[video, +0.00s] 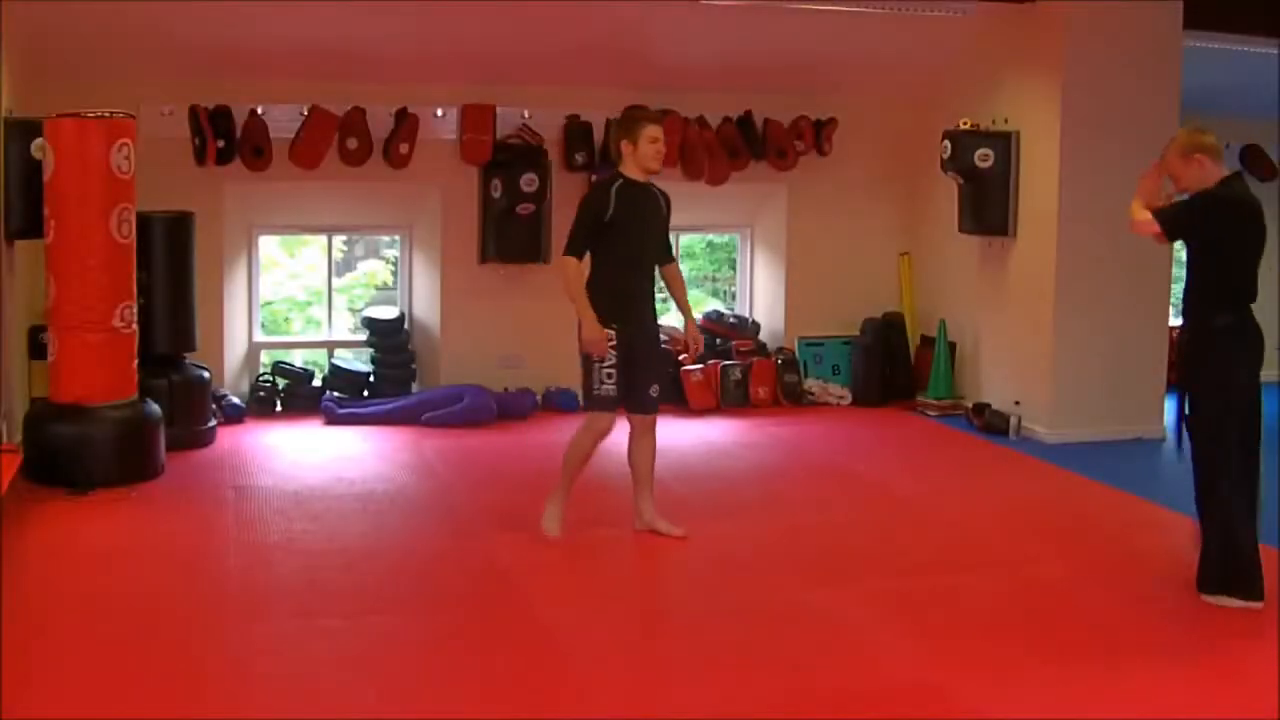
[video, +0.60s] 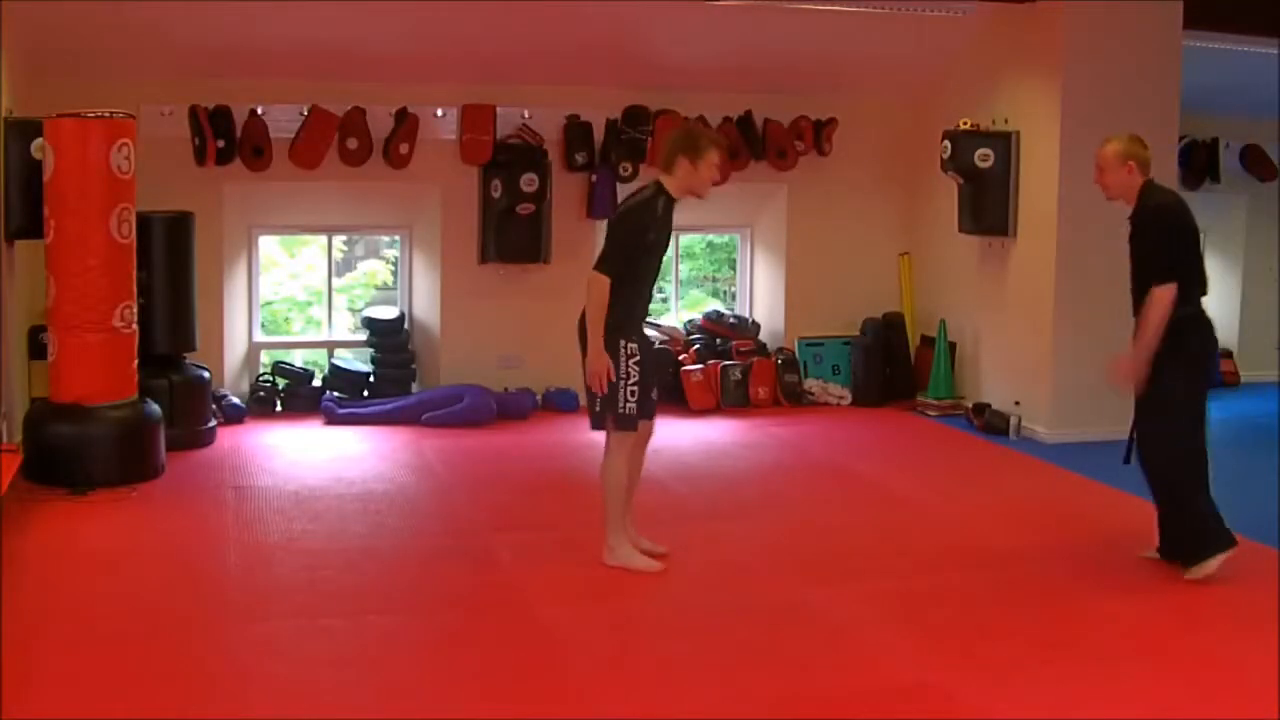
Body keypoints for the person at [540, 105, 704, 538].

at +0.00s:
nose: (662, 149)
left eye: (663, 142)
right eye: (653, 142)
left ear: (657, 147)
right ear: (625, 146)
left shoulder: (658, 199)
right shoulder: (602, 195)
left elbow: (666, 262)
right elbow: (569, 262)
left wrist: (688, 317)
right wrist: (587, 321)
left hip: (643, 322)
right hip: (604, 323)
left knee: (644, 420)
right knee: (600, 420)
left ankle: (645, 512)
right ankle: (558, 500)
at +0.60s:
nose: (715, 180)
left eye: (717, 172)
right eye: (712, 170)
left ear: (684, 165)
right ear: (684, 162)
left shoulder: (661, 206)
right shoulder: (644, 207)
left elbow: (631, 280)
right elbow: (600, 277)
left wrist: (640, 333)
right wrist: (596, 347)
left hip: (632, 332)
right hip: (616, 336)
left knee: (641, 428)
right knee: (622, 434)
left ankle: (625, 528)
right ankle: (614, 543)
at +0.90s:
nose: (756, 234)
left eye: (758, 225)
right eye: (754, 224)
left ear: (726, 217)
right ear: (729, 217)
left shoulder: (684, 237)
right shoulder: (669, 235)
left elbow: (623, 288)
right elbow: (603, 283)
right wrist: (589, 351)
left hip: (611, 331)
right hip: (595, 334)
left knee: (616, 432)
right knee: (606, 434)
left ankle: (620, 534)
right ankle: (612, 544)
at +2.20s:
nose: (719, 153)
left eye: (720, 146)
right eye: (711, 146)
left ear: (695, 152)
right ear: (684, 149)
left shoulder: (682, 195)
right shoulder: (675, 197)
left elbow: (681, 277)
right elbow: (698, 273)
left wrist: (708, 327)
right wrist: (767, 285)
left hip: (682, 326)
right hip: (659, 326)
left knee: (689, 429)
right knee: (660, 432)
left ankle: (690, 524)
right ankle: (621, 529)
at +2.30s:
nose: (716, 154)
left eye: (717, 145)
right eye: (708, 145)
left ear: (690, 151)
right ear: (680, 149)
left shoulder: (685, 199)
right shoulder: (669, 199)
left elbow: (685, 277)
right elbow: (677, 278)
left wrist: (703, 328)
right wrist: (730, 310)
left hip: (684, 327)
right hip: (661, 326)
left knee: (690, 428)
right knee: (663, 430)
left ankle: (690, 522)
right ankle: (615, 520)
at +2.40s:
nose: (711, 153)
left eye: (711, 145)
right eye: (703, 145)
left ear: (688, 151)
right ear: (677, 149)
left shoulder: (682, 198)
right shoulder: (662, 198)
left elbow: (673, 277)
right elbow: (654, 282)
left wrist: (686, 336)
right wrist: (685, 343)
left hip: (678, 324)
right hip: (656, 327)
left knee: (688, 428)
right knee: (660, 430)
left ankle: (690, 523)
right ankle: (605, 517)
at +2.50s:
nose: (707, 154)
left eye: (707, 146)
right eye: (699, 146)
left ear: (684, 152)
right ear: (672, 151)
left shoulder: (679, 201)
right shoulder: (654, 202)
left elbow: (669, 278)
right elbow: (628, 279)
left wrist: (679, 337)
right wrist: (628, 349)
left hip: (678, 332)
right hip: (652, 333)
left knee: (686, 429)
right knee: (642, 434)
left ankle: (690, 523)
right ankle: (602, 524)